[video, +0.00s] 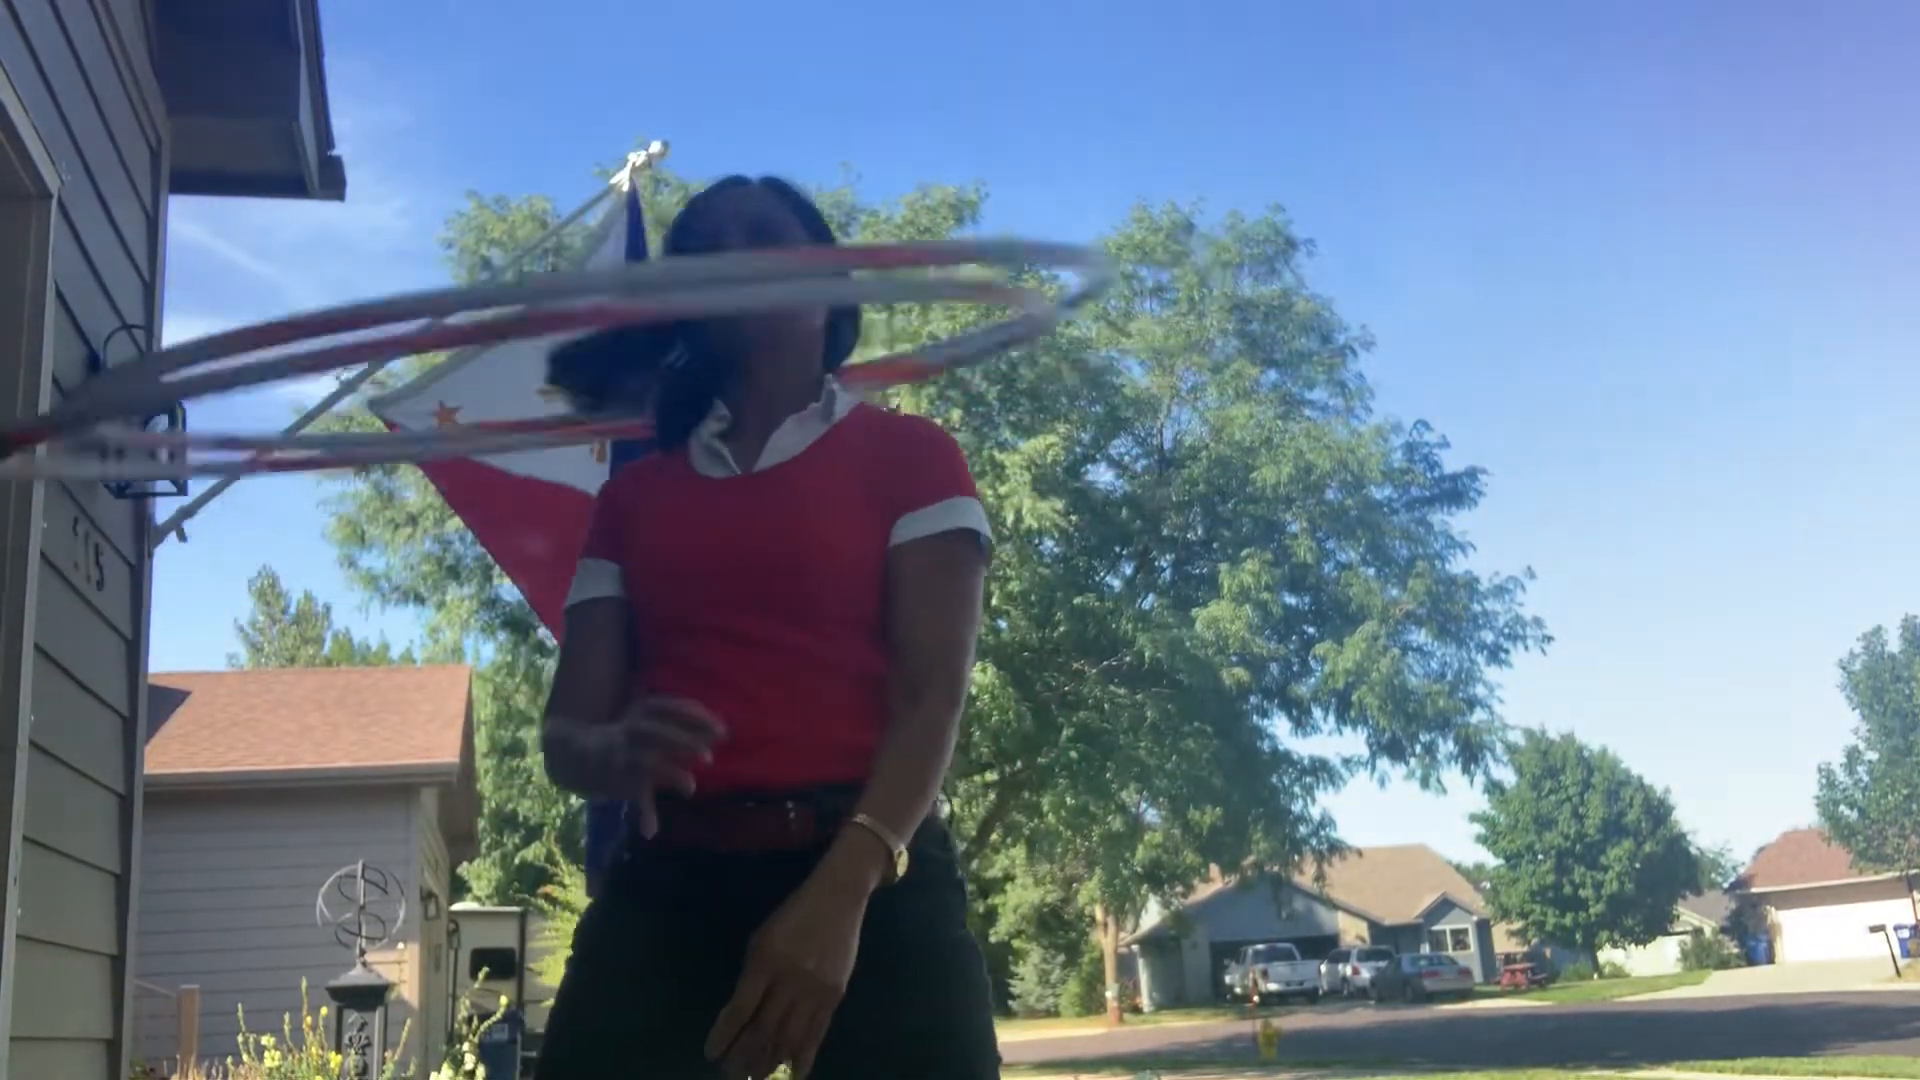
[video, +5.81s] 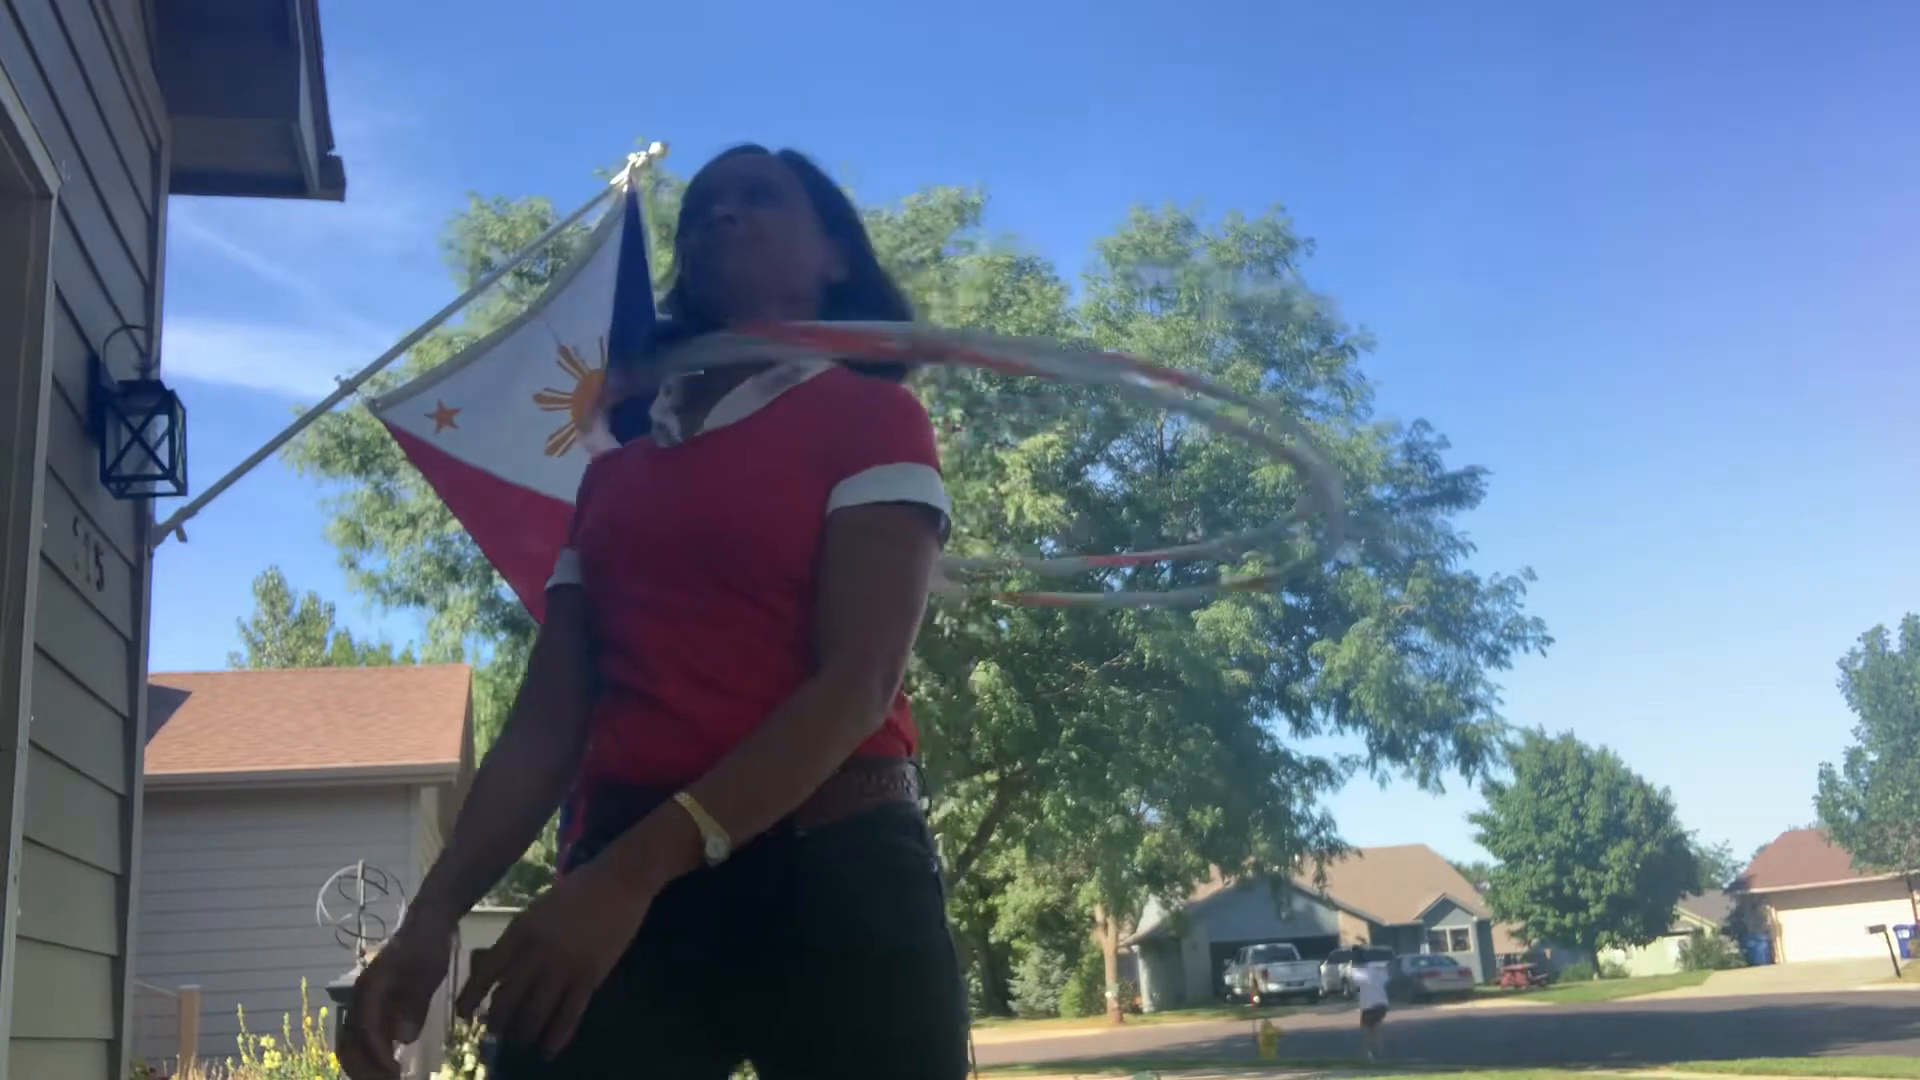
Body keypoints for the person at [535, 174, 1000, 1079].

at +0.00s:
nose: (743, 261)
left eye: (771, 238)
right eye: (712, 249)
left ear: (829, 280)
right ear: (680, 298)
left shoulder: (909, 454)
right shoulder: (636, 491)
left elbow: (932, 698)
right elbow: (569, 730)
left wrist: (841, 887)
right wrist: (611, 754)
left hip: (874, 877)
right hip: (670, 878)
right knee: (590, 1063)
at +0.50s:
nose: (725, 256)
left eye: (750, 236)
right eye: (695, 241)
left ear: (802, 285)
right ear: (658, 290)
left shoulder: (880, 438)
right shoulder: (616, 501)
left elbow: (918, 690)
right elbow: (576, 734)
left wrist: (800, 863)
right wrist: (538, 883)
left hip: (873, 874)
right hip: (669, 884)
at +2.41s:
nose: (752, 234)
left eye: (792, 211)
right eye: (737, 223)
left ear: (877, 267)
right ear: (717, 279)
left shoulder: (921, 430)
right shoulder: (655, 477)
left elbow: (902, 678)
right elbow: (582, 700)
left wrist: (750, 862)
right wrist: (462, 898)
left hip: (871, 874)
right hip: (657, 877)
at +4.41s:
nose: (772, 226)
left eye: (809, 205)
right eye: (748, 217)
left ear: (878, 259)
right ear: (724, 276)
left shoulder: (941, 434)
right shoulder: (663, 474)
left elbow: (963, 696)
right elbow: (588, 685)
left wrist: (786, 837)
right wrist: (501, 870)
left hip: (883, 870)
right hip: (672, 876)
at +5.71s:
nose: (761, 236)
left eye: (799, 219)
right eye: (739, 233)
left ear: (870, 275)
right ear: (720, 294)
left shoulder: (903, 435)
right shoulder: (645, 484)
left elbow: (888, 698)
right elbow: (565, 719)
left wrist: (684, 883)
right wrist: (451, 909)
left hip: (848, 876)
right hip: (638, 884)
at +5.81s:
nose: (720, 213)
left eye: (760, 195)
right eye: (700, 213)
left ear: (837, 257)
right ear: (685, 275)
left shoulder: (866, 409)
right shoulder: (616, 465)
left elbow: (856, 686)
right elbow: (547, 712)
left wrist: (632, 869)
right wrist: (431, 915)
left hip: (834, 874)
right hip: (617, 893)